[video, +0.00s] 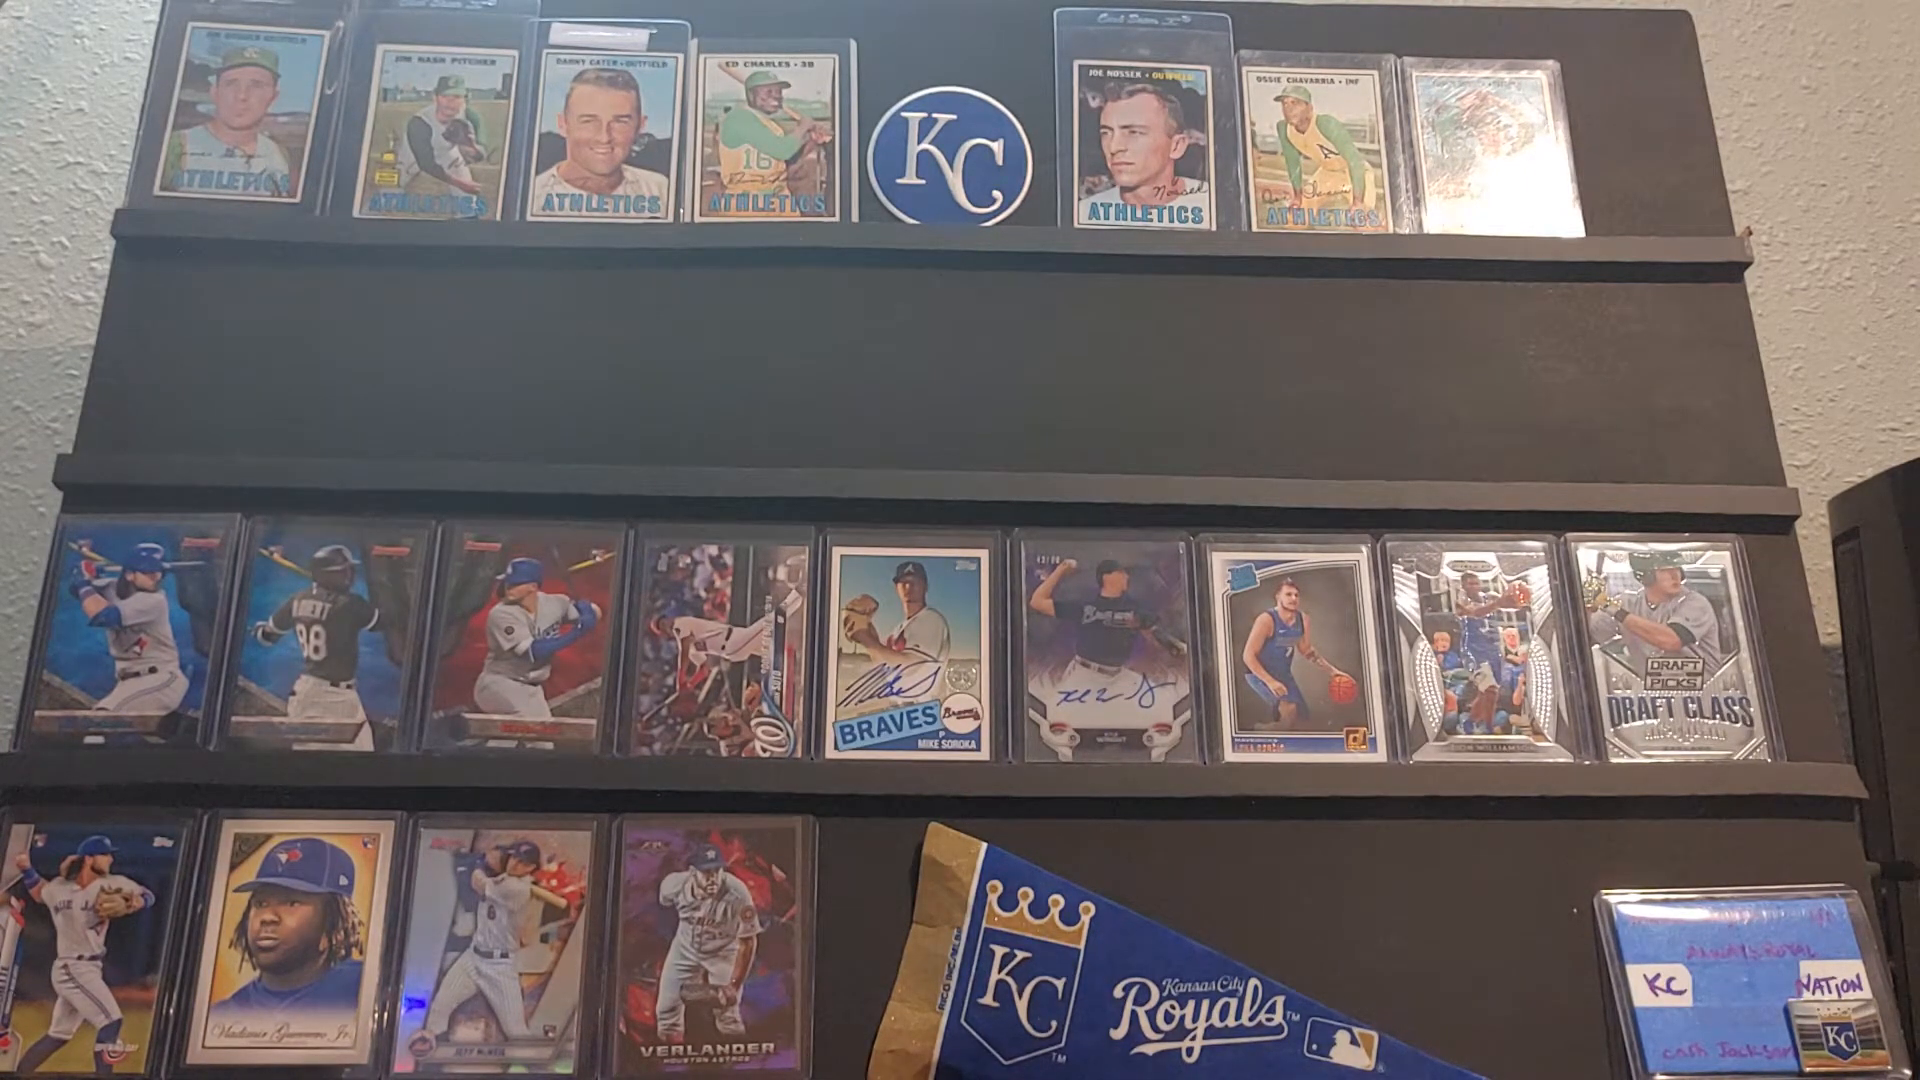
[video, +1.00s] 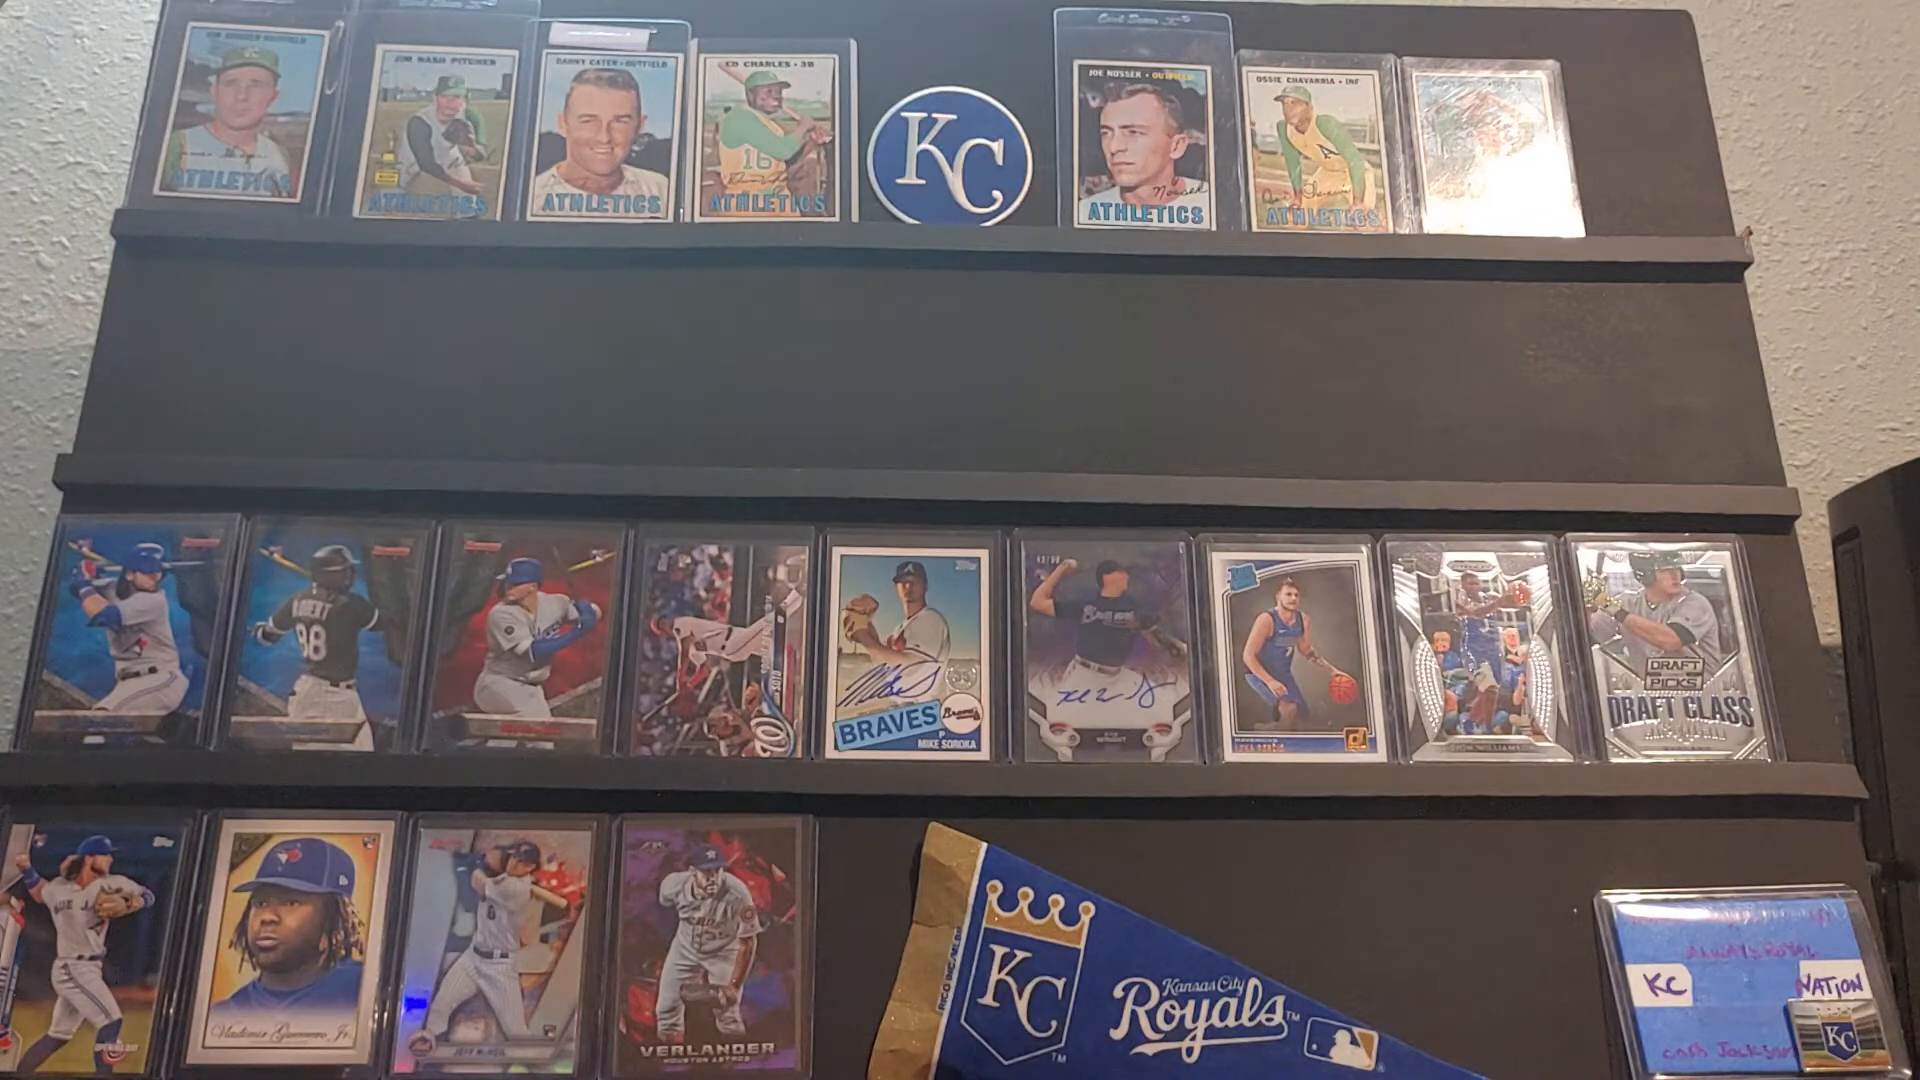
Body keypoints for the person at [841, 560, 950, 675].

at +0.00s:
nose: (907, 588)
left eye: (914, 583)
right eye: (903, 583)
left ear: (925, 587)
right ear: (896, 588)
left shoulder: (931, 619)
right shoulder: (900, 627)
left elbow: (910, 662)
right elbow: (880, 660)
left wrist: (866, 640)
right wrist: (866, 625)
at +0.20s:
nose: (907, 588)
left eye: (914, 583)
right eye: (902, 583)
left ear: (925, 587)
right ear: (896, 588)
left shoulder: (931, 619)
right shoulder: (900, 627)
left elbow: (910, 663)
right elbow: (880, 661)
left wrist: (866, 640)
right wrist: (866, 625)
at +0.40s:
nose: (907, 588)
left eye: (913, 583)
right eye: (902, 583)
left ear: (925, 586)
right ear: (896, 588)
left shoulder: (930, 619)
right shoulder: (902, 626)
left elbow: (911, 663)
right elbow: (880, 659)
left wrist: (865, 638)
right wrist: (865, 623)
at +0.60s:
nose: (907, 588)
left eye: (913, 583)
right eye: (902, 583)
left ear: (925, 586)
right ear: (896, 587)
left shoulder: (931, 619)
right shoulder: (902, 626)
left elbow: (912, 663)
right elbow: (881, 660)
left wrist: (866, 639)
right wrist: (865, 624)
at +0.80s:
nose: (907, 588)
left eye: (913, 583)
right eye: (902, 583)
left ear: (925, 586)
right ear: (896, 588)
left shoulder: (930, 619)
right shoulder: (902, 626)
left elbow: (911, 663)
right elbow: (880, 659)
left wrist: (865, 638)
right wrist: (865, 623)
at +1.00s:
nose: (907, 587)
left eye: (913, 582)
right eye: (902, 582)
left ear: (924, 587)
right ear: (896, 588)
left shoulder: (929, 619)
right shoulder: (901, 627)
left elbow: (910, 661)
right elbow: (879, 658)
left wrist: (865, 639)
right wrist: (864, 621)